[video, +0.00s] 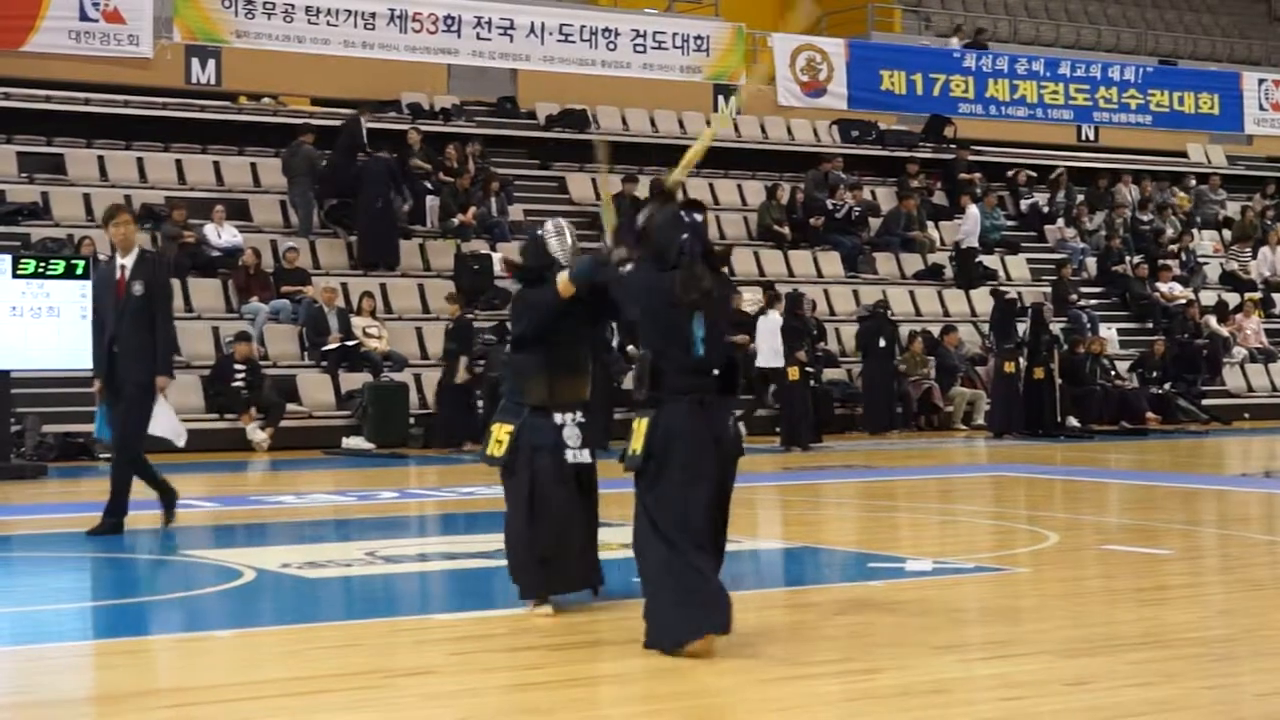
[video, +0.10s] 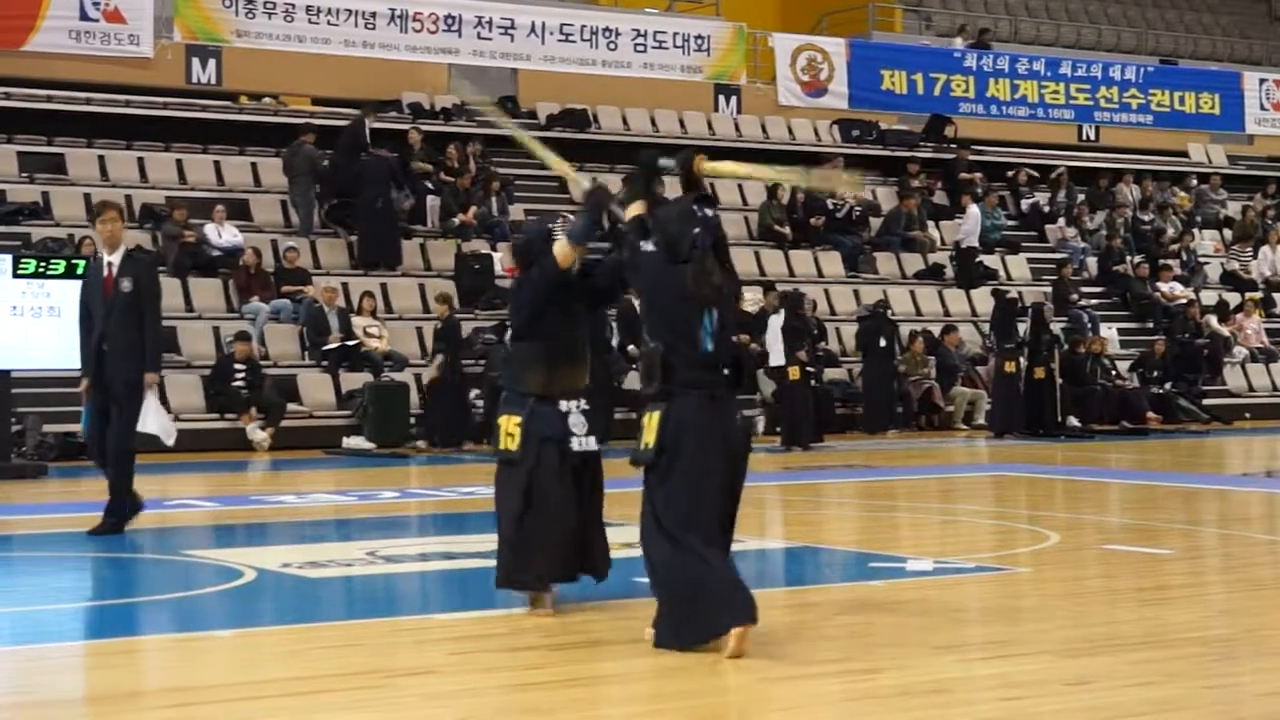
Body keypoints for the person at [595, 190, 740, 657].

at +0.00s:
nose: (637, 245)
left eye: (642, 237)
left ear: (649, 244)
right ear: (692, 242)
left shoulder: (643, 286)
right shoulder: (716, 287)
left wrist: (614, 254)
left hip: (671, 415)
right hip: (715, 413)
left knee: (660, 519)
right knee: (699, 517)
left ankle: (691, 618)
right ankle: (678, 618)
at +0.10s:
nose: (646, 239)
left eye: (651, 231)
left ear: (662, 238)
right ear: (703, 239)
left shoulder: (659, 280)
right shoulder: (721, 282)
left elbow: (638, 238)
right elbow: (709, 233)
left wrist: (638, 203)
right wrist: (698, 186)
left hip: (684, 412)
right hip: (725, 411)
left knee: (664, 519)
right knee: (709, 515)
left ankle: (731, 607)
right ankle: (679, 619)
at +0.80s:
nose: (692, 225)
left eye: (697, 218)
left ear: (705, 229)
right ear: (744, 225)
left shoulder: (700, 268)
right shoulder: (762, 271)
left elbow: (671, 222)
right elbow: (744, 226)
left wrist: (684, 176)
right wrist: (747, 184)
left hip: (729, 398)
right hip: (767, 396)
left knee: (741, 510)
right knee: (727, 512)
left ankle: (797, 612)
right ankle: (702, 613)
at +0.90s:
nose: (698, 226)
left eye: (703, 218)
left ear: (711, 227)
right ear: (750, 222)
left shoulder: (708, 266)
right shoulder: (771, 269)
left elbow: (672, 235)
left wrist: (681, 197)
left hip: (737, 397)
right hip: (775, 396)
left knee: (744, 511)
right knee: (742, 512)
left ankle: (797, 614)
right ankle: (718, 615)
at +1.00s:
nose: (705, 236)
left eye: (708, 227)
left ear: (714, 230)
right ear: (759, 226)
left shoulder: (712, 272)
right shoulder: (778, 276)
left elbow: (668, 256)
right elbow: (803, 335)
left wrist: (681, 214)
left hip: (738, 406)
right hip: (782, 406)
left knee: (740, 517)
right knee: (779, 516)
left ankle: (797, 616)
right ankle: (727, 617)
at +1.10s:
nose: (715, 232)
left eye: (719, 224)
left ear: (728, 229)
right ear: (768, 226)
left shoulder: (722, 278)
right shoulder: (786, 280)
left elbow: (668, 320)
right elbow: (800, 349)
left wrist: (657, 278)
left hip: (745, 409)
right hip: (788, 408)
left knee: (746, 518)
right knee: (782, 516)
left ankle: (799, 620)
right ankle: (726, 613)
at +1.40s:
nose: (690, 246)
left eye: (694, 238)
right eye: (692, 238)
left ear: (707, 241)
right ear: (743, 237)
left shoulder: (709, 292)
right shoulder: (764, 285)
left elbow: (675, 357)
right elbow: (782, 352)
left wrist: (675, 319)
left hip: (728, 413)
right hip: (767, 411)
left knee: (721, 514)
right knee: (758, 512)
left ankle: (778, 596)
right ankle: (744, 619)